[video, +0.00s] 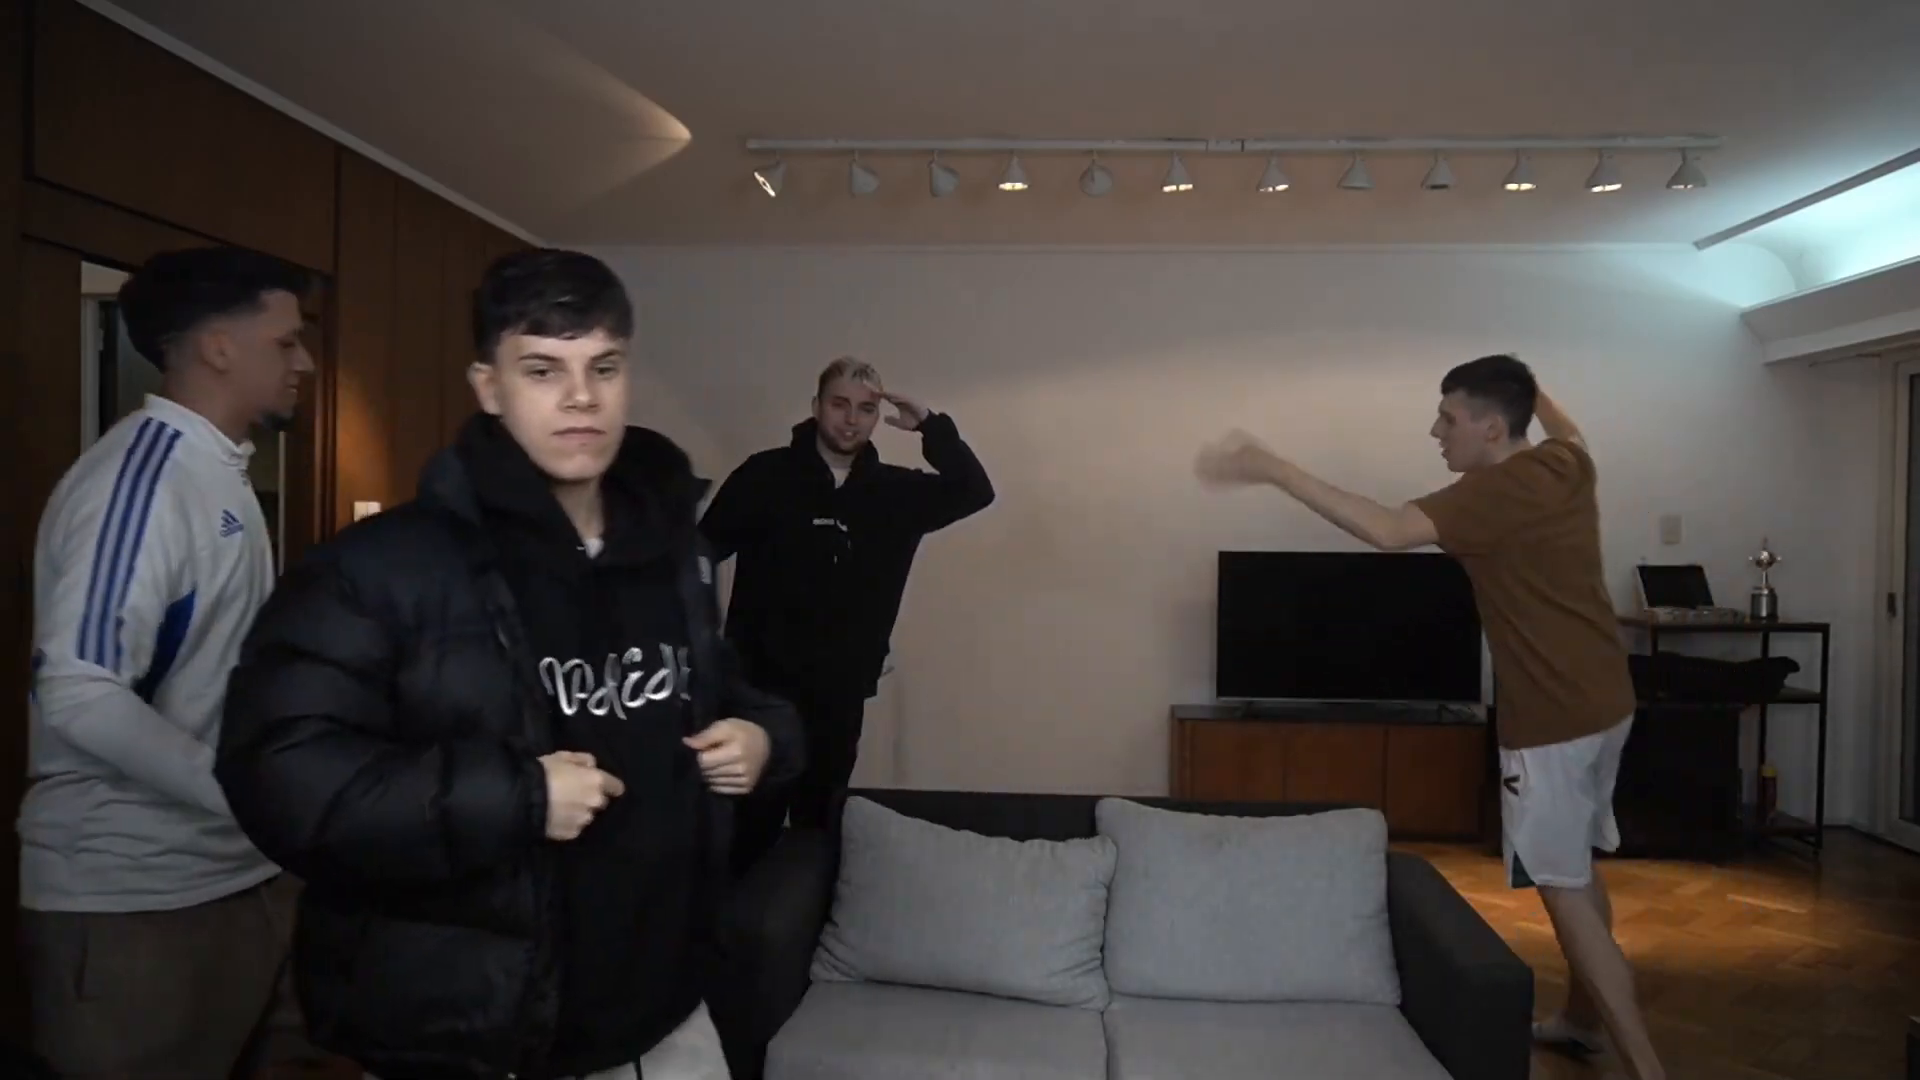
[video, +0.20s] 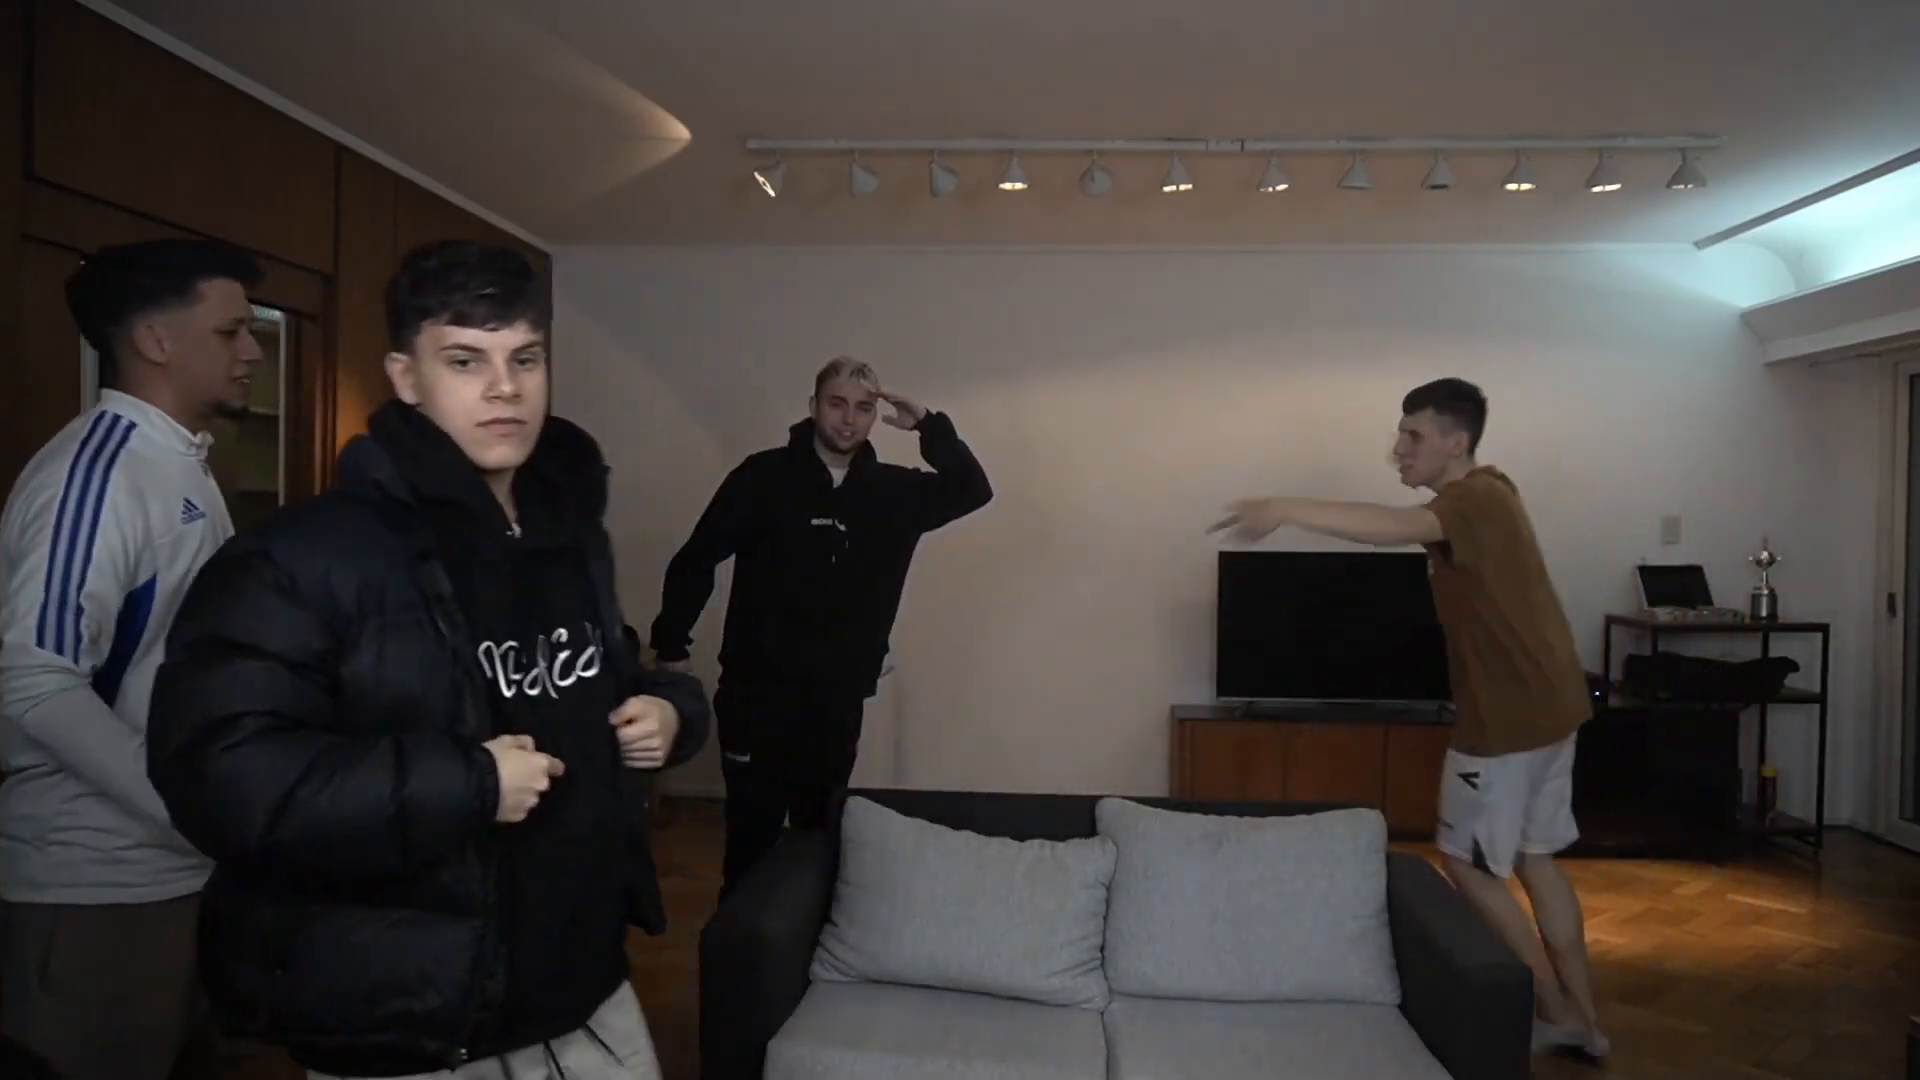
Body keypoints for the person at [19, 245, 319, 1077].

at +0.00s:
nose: (305, 366)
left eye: (301, 344)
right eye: (286, 343)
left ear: (219, 350)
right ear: (217, 348)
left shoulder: (214, 470)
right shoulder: (142, 473)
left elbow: (209, 679)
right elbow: (79, 693)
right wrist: (257, 796)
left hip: (221, 889)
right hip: (135, 908)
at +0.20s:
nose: (253, 354)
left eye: (251, 332)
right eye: (230, 332)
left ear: (162, 344)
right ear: (153, 340)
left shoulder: (180, 463)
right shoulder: (101, 464)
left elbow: (172, 658)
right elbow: (33, 679)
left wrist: (241, 777)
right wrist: (194, 806)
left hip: (158, 884)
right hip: (91, 897)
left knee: (161, 1062)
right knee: (90, 1066)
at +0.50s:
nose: (234, 368)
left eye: (231, 348)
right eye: (214, 348)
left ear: (151, 366)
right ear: (147, 363)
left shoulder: (168, 477)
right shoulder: (94, 487)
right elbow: (46, 696)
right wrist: (65, 882)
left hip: (150, 848)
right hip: (89, 872)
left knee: (155, 1052)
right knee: (96, 1059)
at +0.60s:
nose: (240, 371)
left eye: (236, 353)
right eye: (222, 353)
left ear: (157, 370)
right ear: (157, 368)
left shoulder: (150, 471)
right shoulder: (116, 482)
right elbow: (76, 680)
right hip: (77, 856)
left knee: (99, 1051)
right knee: (84, 1054)